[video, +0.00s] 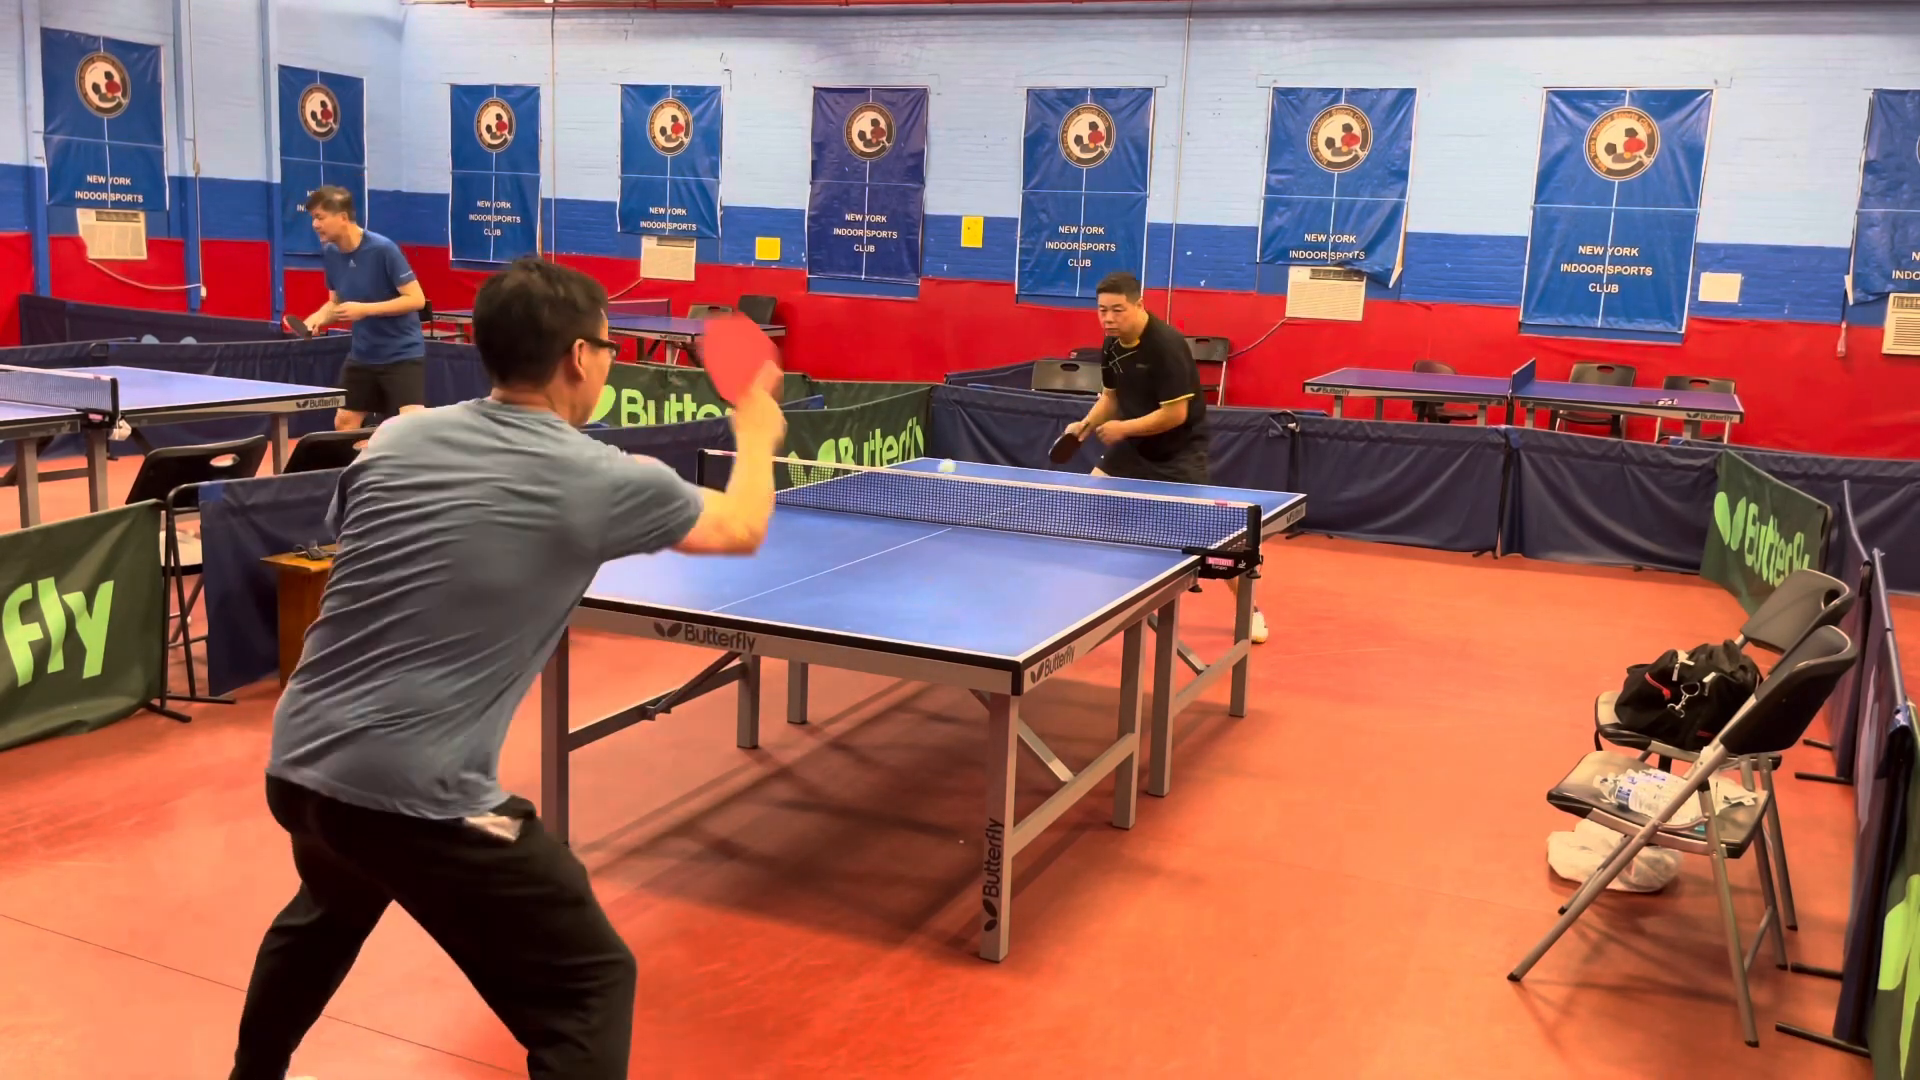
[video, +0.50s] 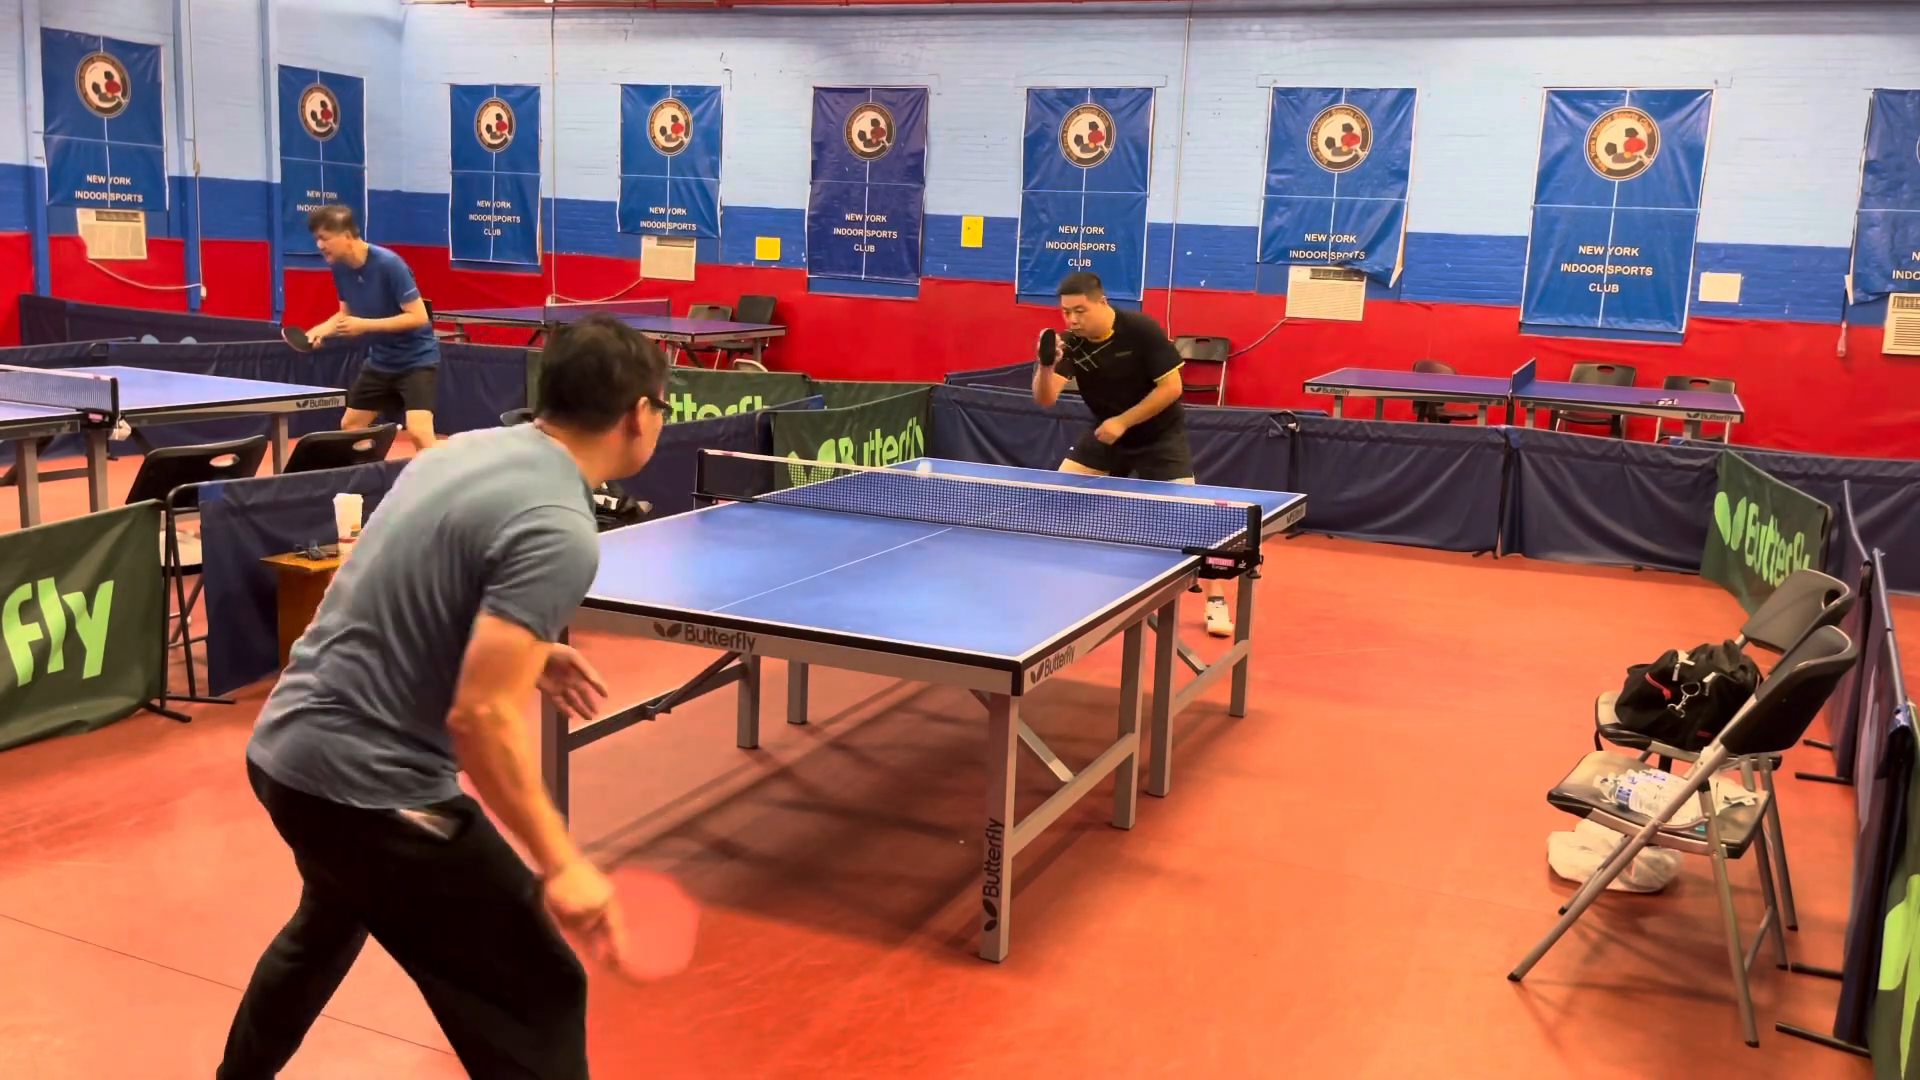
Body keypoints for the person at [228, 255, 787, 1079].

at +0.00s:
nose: (609, 365)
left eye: (607, 346)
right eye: (605, 347)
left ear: (489, 352)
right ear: (575, 359)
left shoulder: (392, 440)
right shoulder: (591, 475)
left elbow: (347, 568)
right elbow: (740, 526)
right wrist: (758, 437)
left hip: (298, 772)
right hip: (423, 795)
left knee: (331, 905)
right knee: (591, 981)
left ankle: (251, 1075)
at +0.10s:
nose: (589, 365)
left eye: (588, 347)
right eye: (587, 348)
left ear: (478, 353)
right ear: (566, 359)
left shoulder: (373, 443)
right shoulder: (582, 468)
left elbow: (318, 600)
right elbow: (704, 488)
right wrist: (697, 385)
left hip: (312, 783)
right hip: (449, 797)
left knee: (308, 926)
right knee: (601, 984)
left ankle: (253, 1069)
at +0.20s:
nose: (578, 403)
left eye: (577, 383)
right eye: (577, 384)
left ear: (468, 384)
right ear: (558, 391)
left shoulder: (361, 469)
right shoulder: (568, 495)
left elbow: (294, 632)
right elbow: (686, 543)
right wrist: (682, 445)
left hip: (317, 818)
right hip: (459, 830)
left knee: (313, 928)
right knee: (621, 991)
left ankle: (251, 1072)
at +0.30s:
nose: (597, 419)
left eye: (597, 402)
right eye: (596, 403)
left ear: (485, 401)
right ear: (578, 410)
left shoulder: (374, 475)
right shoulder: (582, 527)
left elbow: (294, 628)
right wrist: (667, 554)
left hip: (304, 811)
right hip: (432, 826)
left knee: (334, 922)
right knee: (616, 991)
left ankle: (254, 1073)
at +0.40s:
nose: (633, 414)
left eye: (634, 397)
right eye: (633, 397)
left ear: (526, 388)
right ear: (614, 403)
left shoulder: (411, 450)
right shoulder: (584, 525)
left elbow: (324, 585)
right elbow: (570, 719)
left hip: (288, 766)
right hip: (404, 796)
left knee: (331, 916)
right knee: (576, 988)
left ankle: (254, 1071)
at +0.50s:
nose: (660, 425)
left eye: (662, 407)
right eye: (661, 407)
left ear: (551, 395)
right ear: (636, 415)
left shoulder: (462, 450)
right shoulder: (558, 525)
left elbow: (413, 596)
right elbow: (481, 717)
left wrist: (526, 652)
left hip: (287, 746)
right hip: (371, 783)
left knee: (330, 916)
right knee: (542, 989)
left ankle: (238, 1073)